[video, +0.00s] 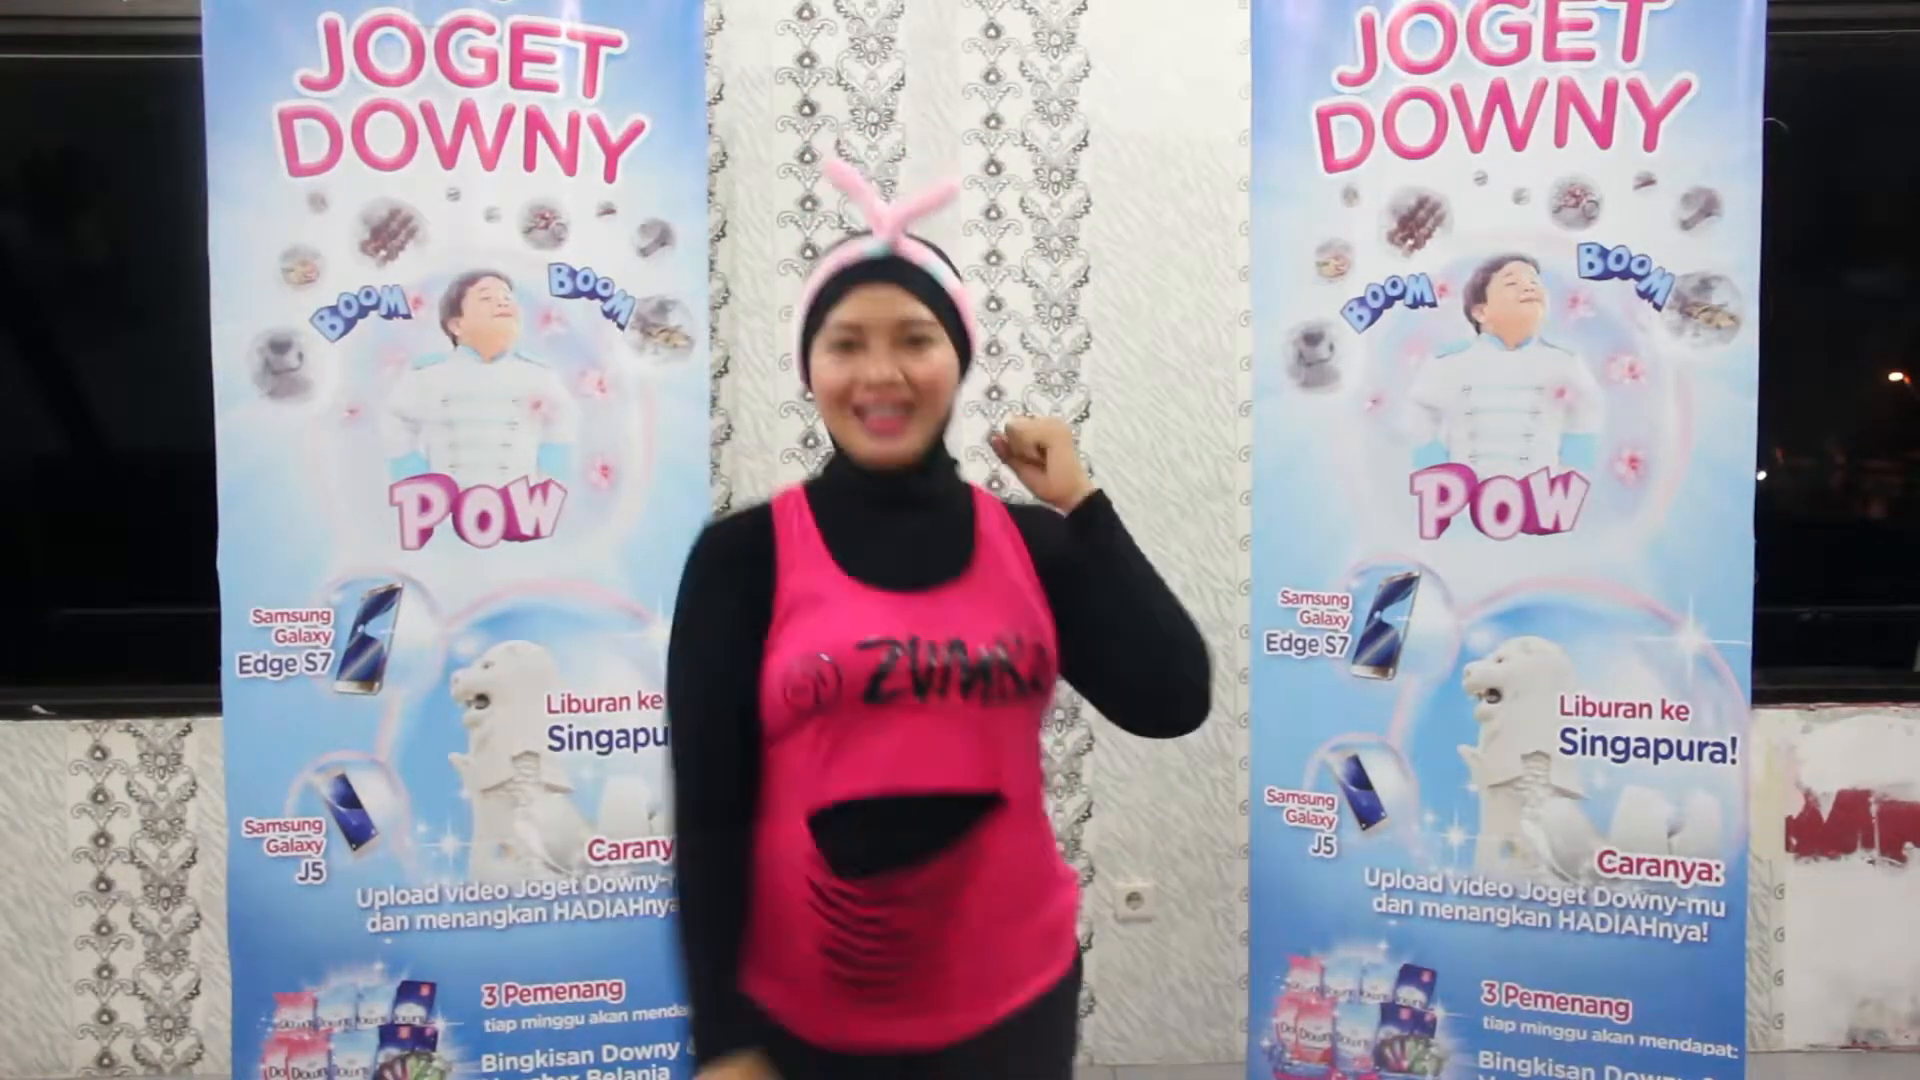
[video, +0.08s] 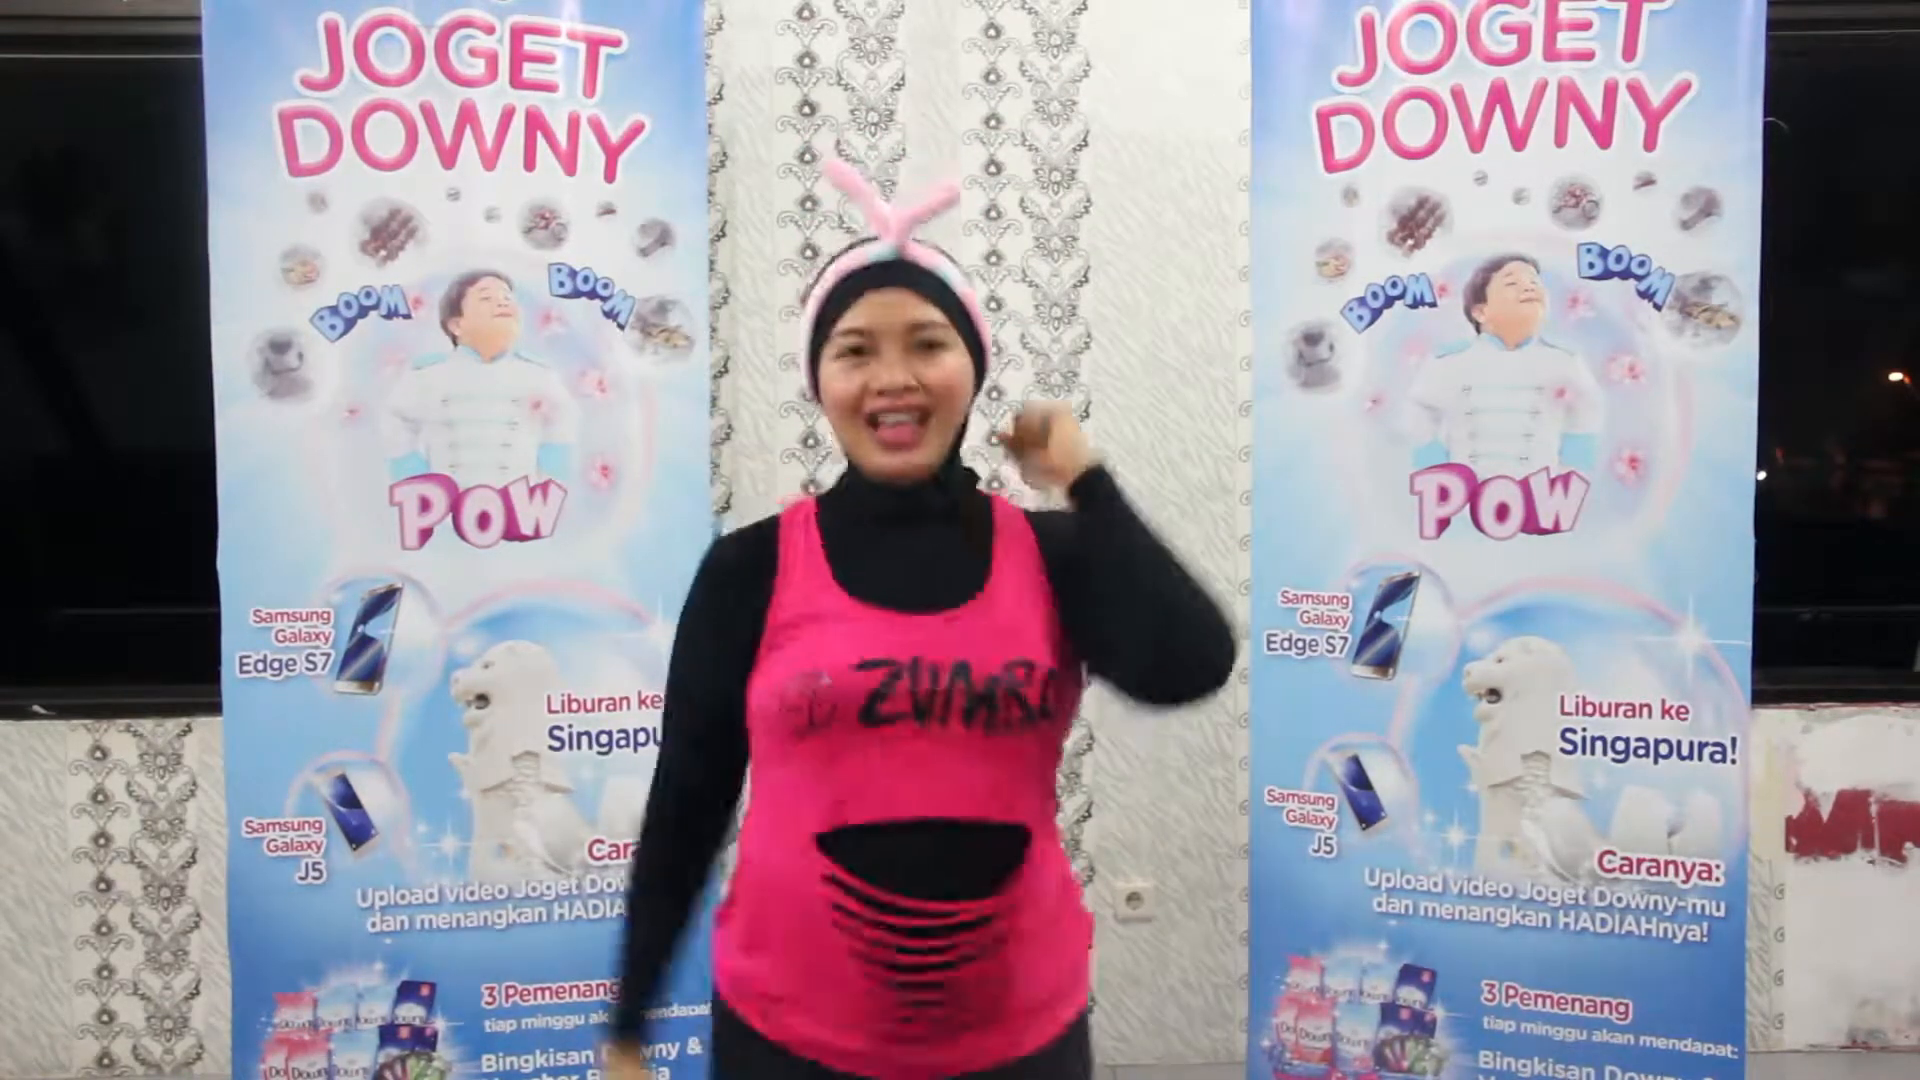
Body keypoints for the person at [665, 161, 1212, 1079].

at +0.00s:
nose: (881, 373)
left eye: (913, 341)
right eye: (847, 344)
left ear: (960, 366)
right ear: (810, 372)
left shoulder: (1029, 543)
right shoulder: (743, 556)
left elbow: (1173, 704)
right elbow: (710, 804)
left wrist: (1082, 505)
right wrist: (720, 1031)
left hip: (1005, 1011)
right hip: (805, 1015)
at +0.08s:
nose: (894, 378)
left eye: (927, 345)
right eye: (858, 351)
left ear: (975, 372)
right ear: (817, 384)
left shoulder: (1055, 551)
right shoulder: (751, 570)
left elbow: (1193, 662)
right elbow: (688, 800)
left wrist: (1087, 481)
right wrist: (627, 1025)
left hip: (1017, 1036)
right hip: (798, 1034)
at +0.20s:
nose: (893, 303)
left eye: (924, 270)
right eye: (856, 276)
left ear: (979, 300)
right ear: (817, 315)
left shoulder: (1050, 473)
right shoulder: (754, 491)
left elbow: (1176, 561)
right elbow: (697, 664)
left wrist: (1080, 331)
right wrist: (571, 791)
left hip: (1009, 970)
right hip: (798, 962)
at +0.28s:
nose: (885, 246)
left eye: (918, 208)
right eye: (848, 217)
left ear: (978, 228)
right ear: (811, 249)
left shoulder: (1050, 394)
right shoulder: (769, 401)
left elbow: (1132, 551)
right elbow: (677, 605)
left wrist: (1077, 350)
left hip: (1013, 892)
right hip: (795, 872)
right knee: (851, 1057)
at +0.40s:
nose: (875, 275)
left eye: (909, 232)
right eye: (839, 244)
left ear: (976, 238)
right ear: (806, 265)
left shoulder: (1076, 411)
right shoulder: (776, 414)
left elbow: (1112, 623)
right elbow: (565, 489)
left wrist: (1039, 777)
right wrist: (613, 266)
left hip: (1012, 868)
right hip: (795, 861)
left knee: (1032, 1058)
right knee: (881, 1045)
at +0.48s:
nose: (860, 347)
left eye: (896, 306)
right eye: (827, 318)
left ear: (964, 319)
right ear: (800, 348)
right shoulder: (766, 500)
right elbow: (627, 371)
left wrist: (1090, 1033)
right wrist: (666, 127)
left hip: (999, 999)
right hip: (799, 965)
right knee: (802, 1036)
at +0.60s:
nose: (851, 361)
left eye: (887, 317)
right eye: (815, 332)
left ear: (958, 331)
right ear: (787, 365)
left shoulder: (1084, 551)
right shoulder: (768, 518)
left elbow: (1151, 820)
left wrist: (1240, 1042)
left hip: (1053, 1004)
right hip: (813, 994)